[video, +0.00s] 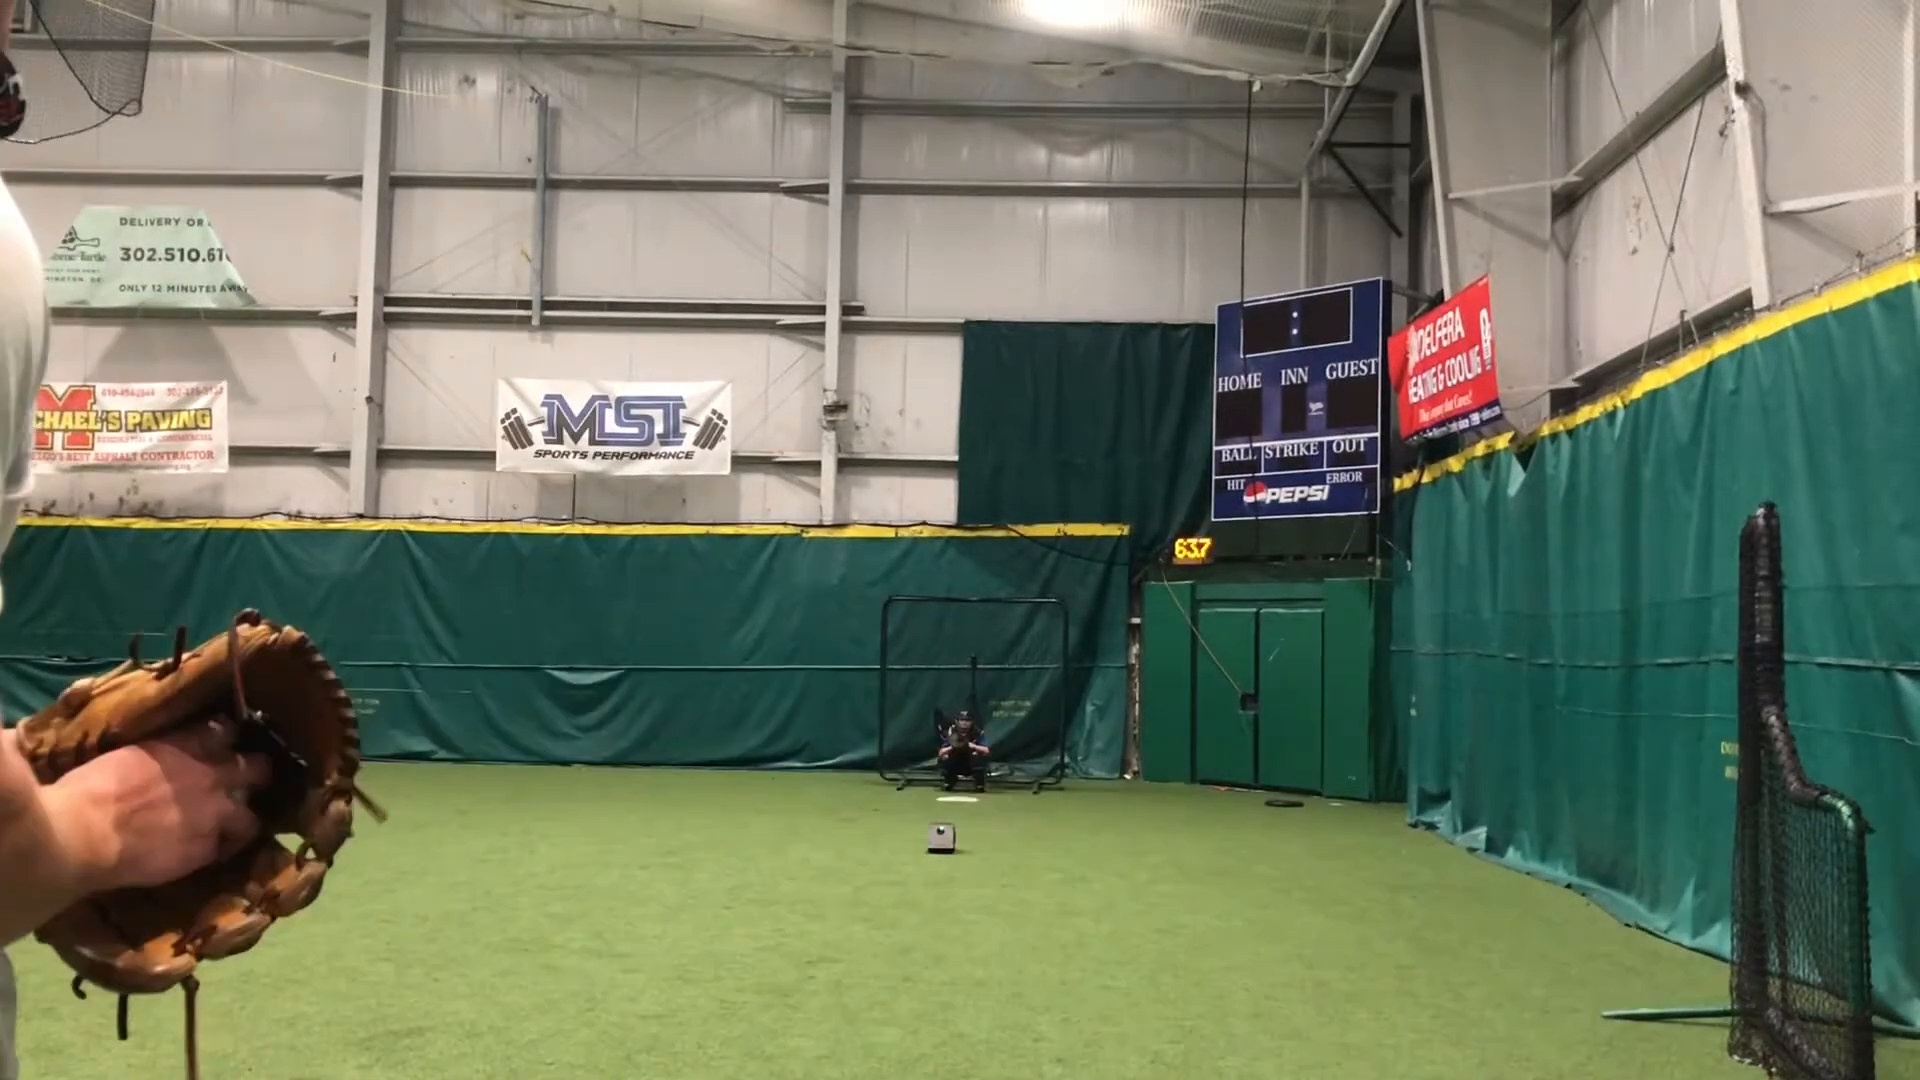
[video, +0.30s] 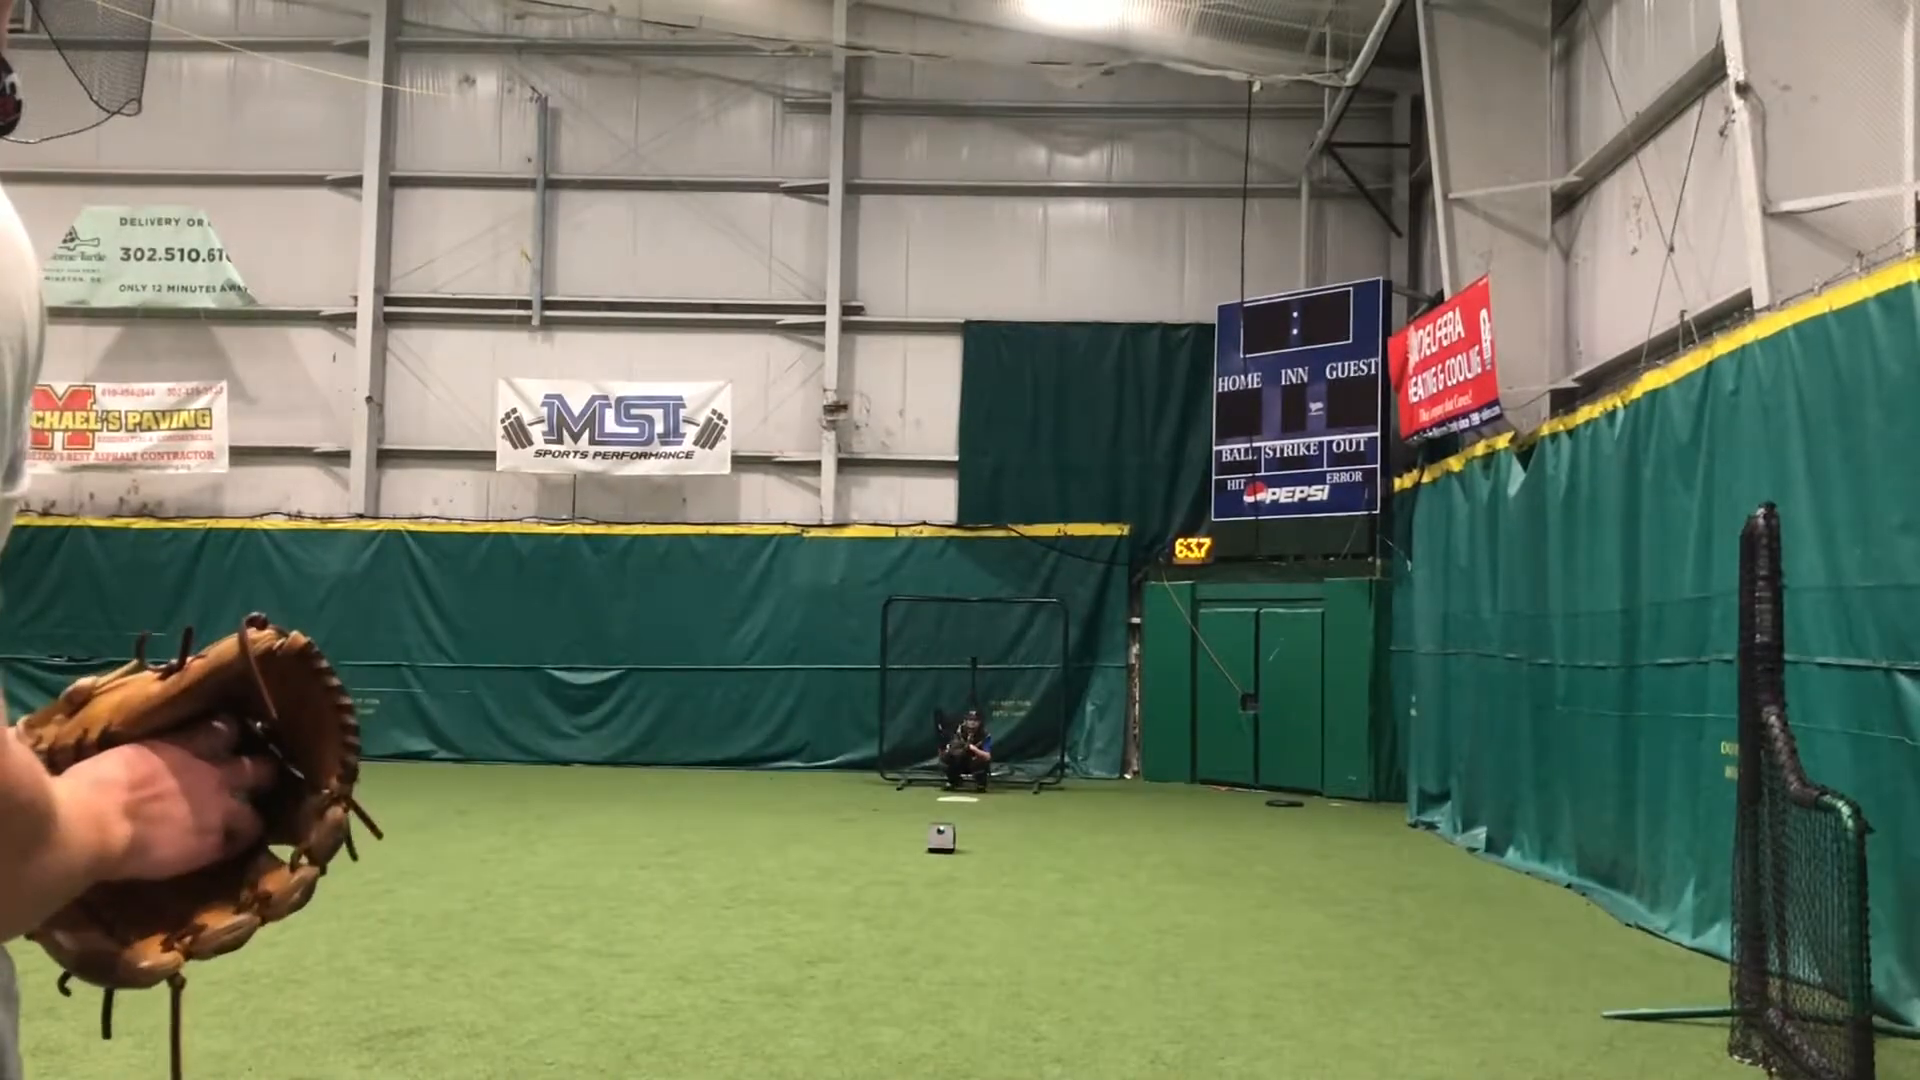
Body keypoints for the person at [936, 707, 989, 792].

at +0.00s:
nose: (964, 724)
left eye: (967, 721)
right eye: (961, 720)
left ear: (971, 723)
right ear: (957, 722)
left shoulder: (977, 734)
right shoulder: (951, 734)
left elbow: (986, 751)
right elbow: (941, 753)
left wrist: (971, 746)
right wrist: (953, 747)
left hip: (971, 761)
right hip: (955, 760)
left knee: (978, 757)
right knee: (946, 759)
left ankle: (979, 783)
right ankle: (950, 781)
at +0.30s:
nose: (972, 723)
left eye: (975, 721)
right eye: (969, 720)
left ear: (979, 723)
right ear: (965, 722)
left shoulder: (984, 736)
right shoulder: (959, 734)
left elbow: (987, 756)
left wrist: (971, 747)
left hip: (976, 763)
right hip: (961, 761)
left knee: (982, 761)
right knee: (952, 758)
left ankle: (981, 784)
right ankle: (953, 781)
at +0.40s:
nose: (973, 723)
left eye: (976, 720)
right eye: (971, 720)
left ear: (981, 722)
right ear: (967, 721)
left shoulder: (986, 735)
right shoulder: (961, 732)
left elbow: (988, 757)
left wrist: (973, 747)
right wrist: (949, 747)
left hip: (976, 760)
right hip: (962, 758)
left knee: (982, 761)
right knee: (951, 759)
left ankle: (981, 784)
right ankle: (954, 781)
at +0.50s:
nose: (975, 723)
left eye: (978, 720)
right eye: (972, 720)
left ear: (982, 723)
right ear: (968, 721)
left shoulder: (987, 735)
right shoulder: (962, 732)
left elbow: (989, 758)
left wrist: (974, 747)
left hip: (978, 760)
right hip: (963, 759)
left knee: (978, 764)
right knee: (947, 762)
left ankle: (982, 784)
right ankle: (953, 781)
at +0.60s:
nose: (975, 723)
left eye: (978, 721)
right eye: (972, 720)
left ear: (983, 722)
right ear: (968, 721)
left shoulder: (987, 736)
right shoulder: (962, 732)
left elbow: (989, 758)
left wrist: (973, 747)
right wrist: (947, 747)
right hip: (961, 759)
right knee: (946, 756)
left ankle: (981, 784)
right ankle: (942, 779)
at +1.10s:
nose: (966, 724)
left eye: (970, 722)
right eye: (964, 721)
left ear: (974, 724)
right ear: (960, 722)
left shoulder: (979, 736)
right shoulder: (954, 733)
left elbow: (986, 757)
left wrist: (970, 753)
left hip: (973, 764)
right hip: (957, 762)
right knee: (944, 757)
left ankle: (981, 785)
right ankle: (936, 782)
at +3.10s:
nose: (963, 727)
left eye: (966, 724)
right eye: (960, 724)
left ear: (970, 726)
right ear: (956, 725)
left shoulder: (977, 738)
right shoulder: (951, 735)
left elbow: (984, 759)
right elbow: (942, 751)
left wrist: (969, 757)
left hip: (971, 764)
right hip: (954, 762)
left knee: (979, 773)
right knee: (939, 764)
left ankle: (981, 785)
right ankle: (936, 783)